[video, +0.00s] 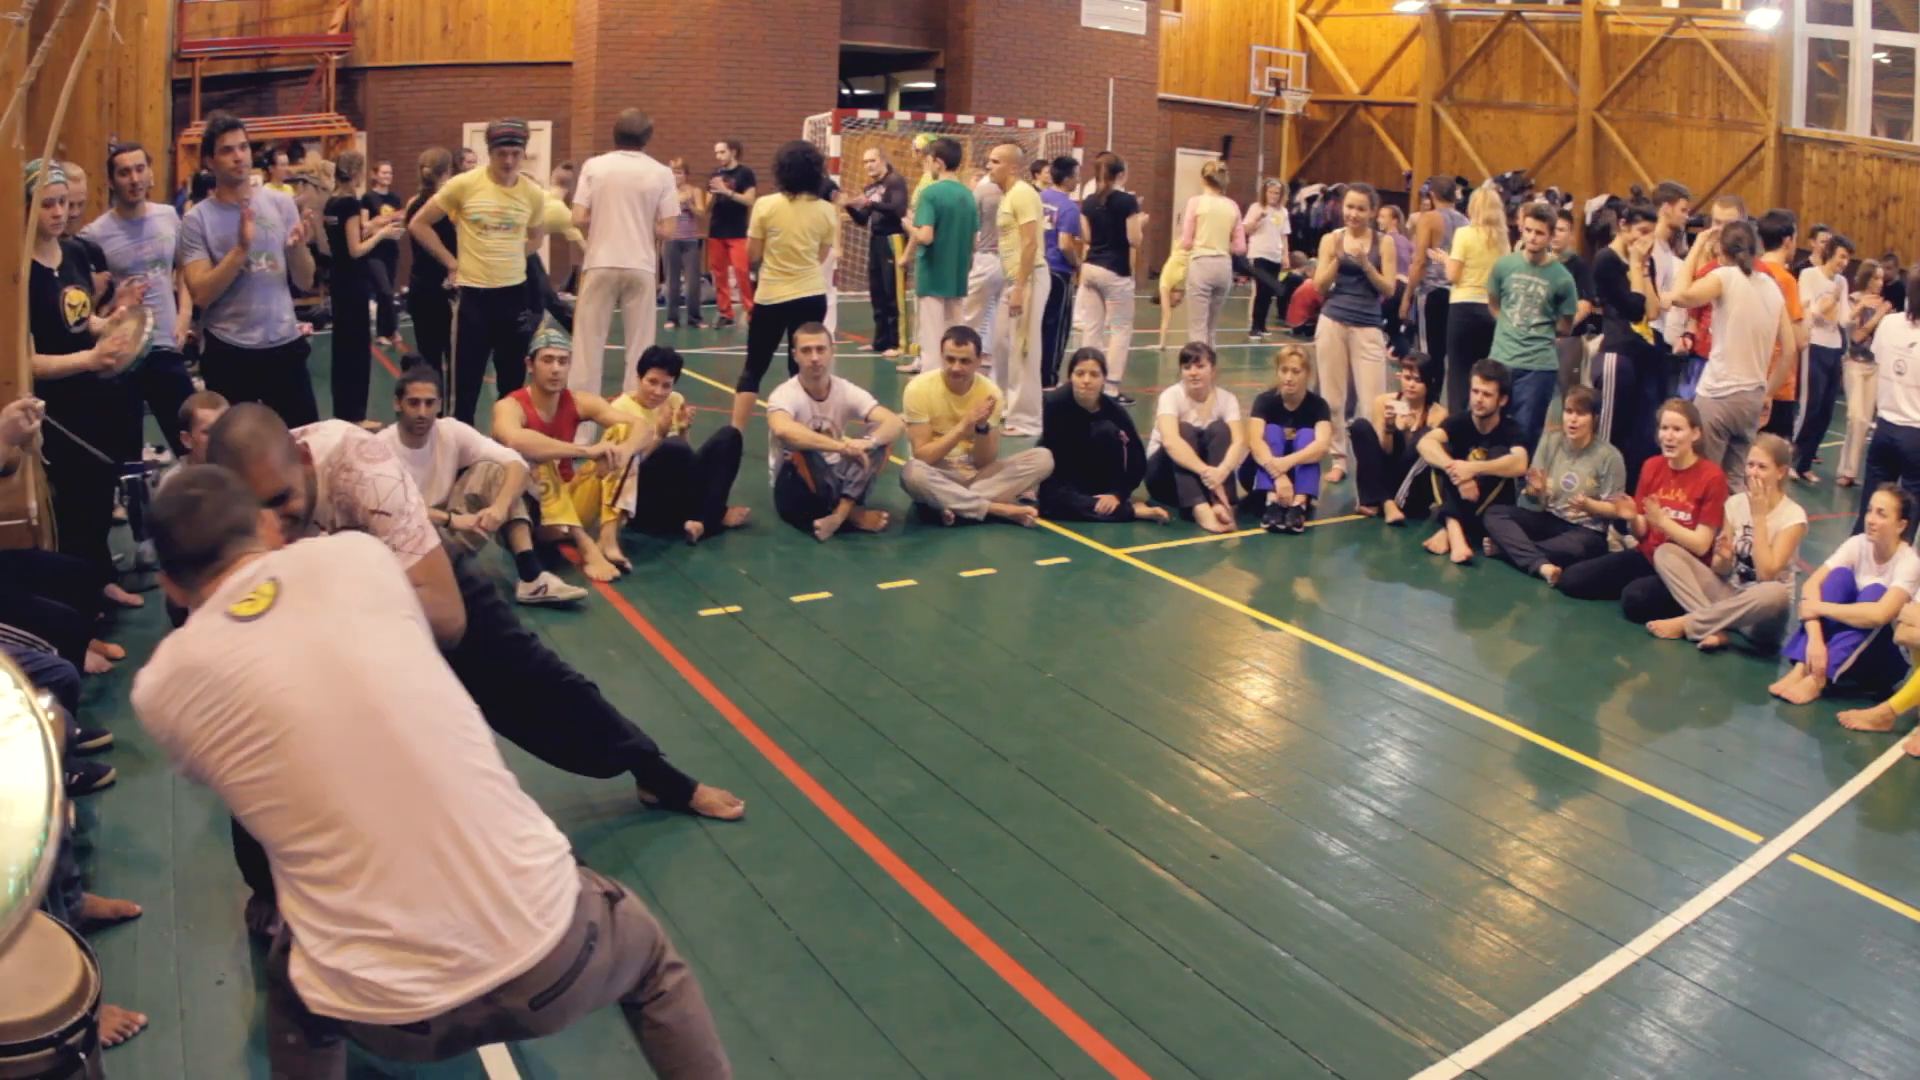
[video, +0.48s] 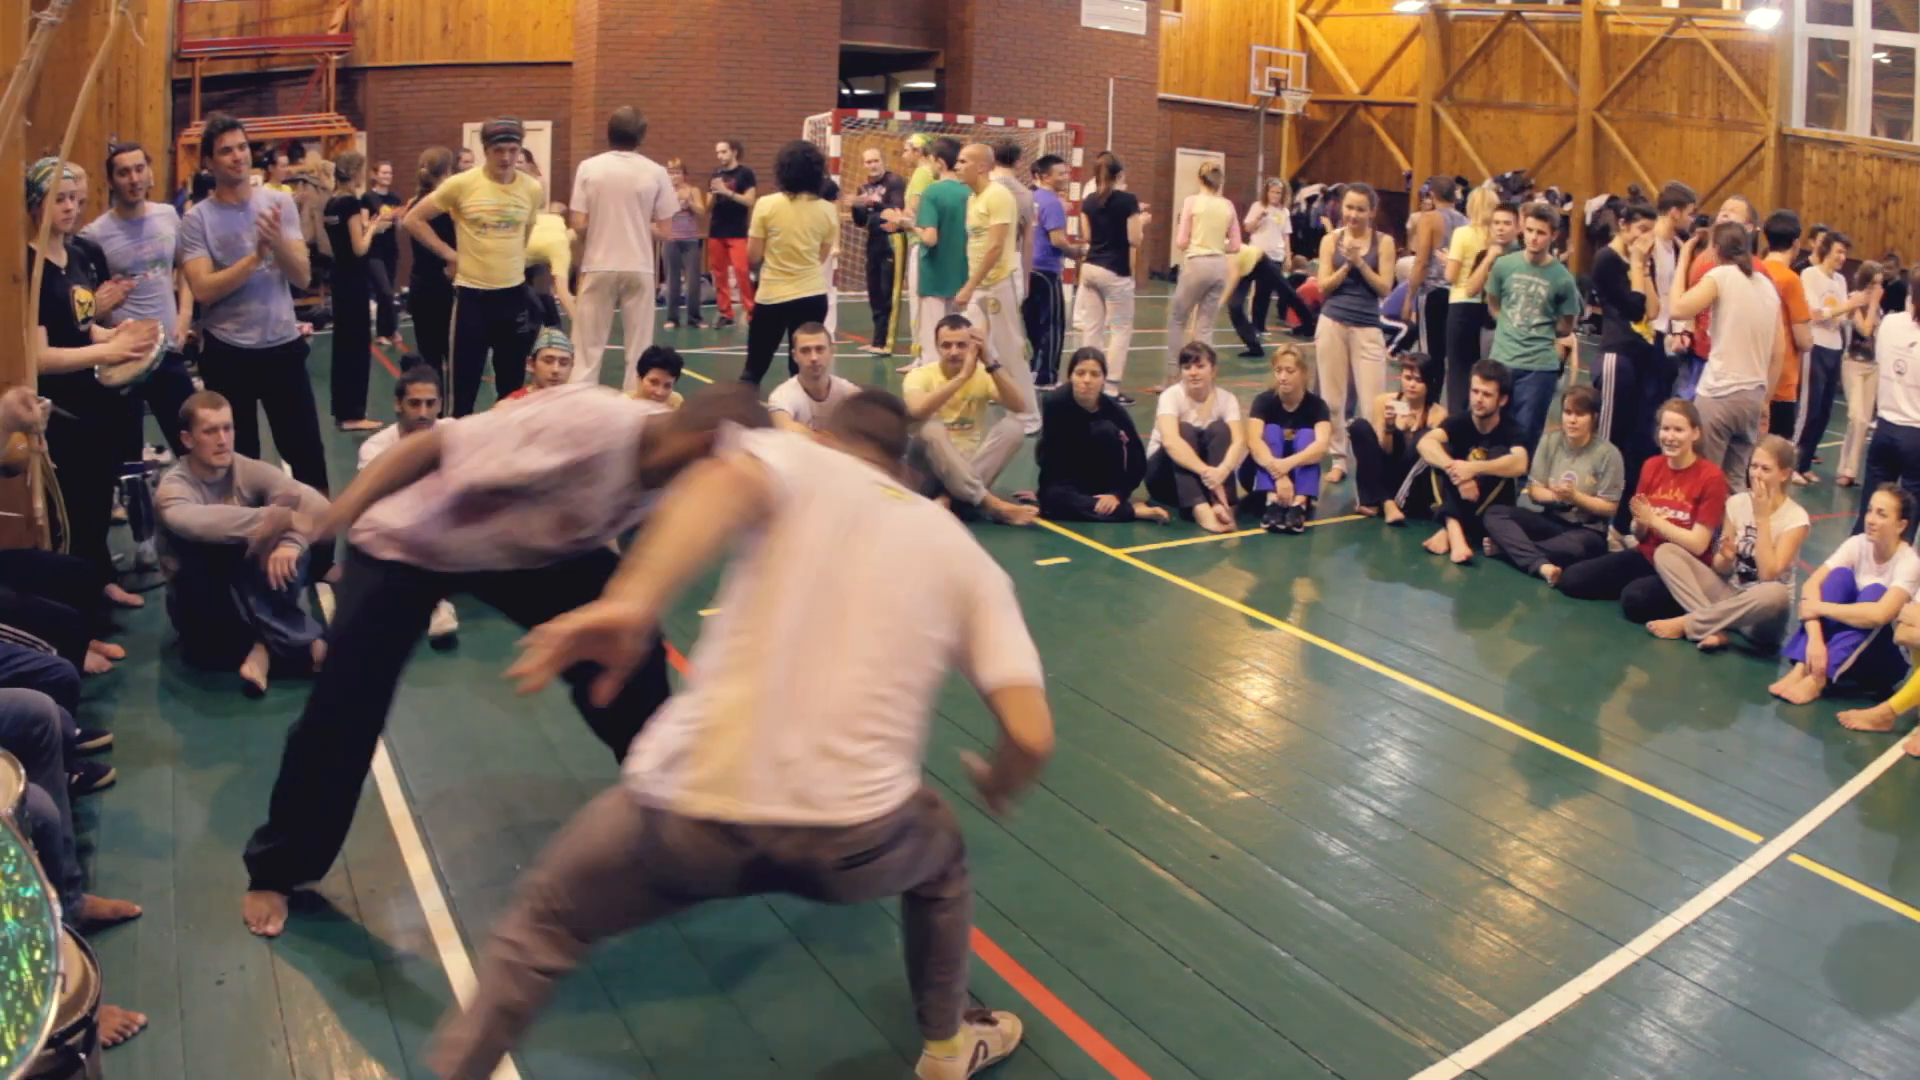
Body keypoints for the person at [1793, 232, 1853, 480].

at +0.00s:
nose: (1844, 263)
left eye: (1847, 258)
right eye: (1841, 257)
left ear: (1847, 260)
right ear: (1829, 254)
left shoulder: (1842, 282)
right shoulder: (1809, 275)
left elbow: (1844, 318)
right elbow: (1810, 312)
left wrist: (1857, 309)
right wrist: (1832, 297)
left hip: (1835, 345)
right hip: (1814, 342)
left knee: (1826, 408)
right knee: (1813, 404)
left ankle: (1806, 462)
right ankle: (1796, 457)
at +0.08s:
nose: (1843, 260)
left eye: (1846, 256)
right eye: (1839, 254)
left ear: (1847, 259)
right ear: (1828, 253)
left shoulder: (1843, 281)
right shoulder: (1810, 275)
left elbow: (1844, 315)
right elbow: (1813, 313)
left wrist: (1854, 308)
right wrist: (1848, 304)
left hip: (1836, 345)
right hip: (1816, 343)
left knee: (1826, 409)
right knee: (1812, 406)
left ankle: (1806, 462)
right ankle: (1796, 461)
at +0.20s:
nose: (1843, 256)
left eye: (1846, 252)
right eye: (1839, 251)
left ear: (1847, 256)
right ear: (1827, 252)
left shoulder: (1844, 280)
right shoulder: (1811, 274)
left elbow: (1843, 313)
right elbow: (1814, 312)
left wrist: (1859, 305)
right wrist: (1848, 304)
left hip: (1836, 346)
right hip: (1815, 344)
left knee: (1825, 409)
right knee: (1810, 406)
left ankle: (1805, 463)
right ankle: (1797, 462)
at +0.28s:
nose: (1842, 257)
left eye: (1845, 253)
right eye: (1838, 251)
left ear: (1847, 256)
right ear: (1826, 252)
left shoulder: (1843, 281)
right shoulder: (1810, 274)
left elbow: (1852, 315)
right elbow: (1813, 310)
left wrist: (1868, 304)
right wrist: (1842, 300)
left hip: (1836, 346)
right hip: (1815, 342)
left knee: (1825, 409)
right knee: (1812, 407)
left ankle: (1806, 463)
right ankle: (1796, 462)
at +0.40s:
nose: (1842, 259)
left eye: (1845, 255)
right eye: (1839, 253)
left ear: (1846, 257)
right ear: (1826, 253)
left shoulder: (1840, 282)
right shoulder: (1810, 276)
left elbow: (1844, 315)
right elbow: (1812, 314)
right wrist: (1839, 298)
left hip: (1835, 346)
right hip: (1815, 343)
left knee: (1825, 410)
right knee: (1811, 407)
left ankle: (1807, 462)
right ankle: (1796, 464)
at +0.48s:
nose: (1842, 258)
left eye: (1844, 253)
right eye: (1838, 252)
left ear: (1844, 256)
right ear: (1825, 252)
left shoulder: (1840, 280)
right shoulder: (1809, 275)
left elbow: (1840, 314)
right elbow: (1813, 314)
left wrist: (1850, 307)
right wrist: (1848, 305)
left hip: (1835, 345)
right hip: (1815, 344)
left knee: (1823, 410)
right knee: (1810, 409)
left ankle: (1805, 464)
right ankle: (1795, 465)